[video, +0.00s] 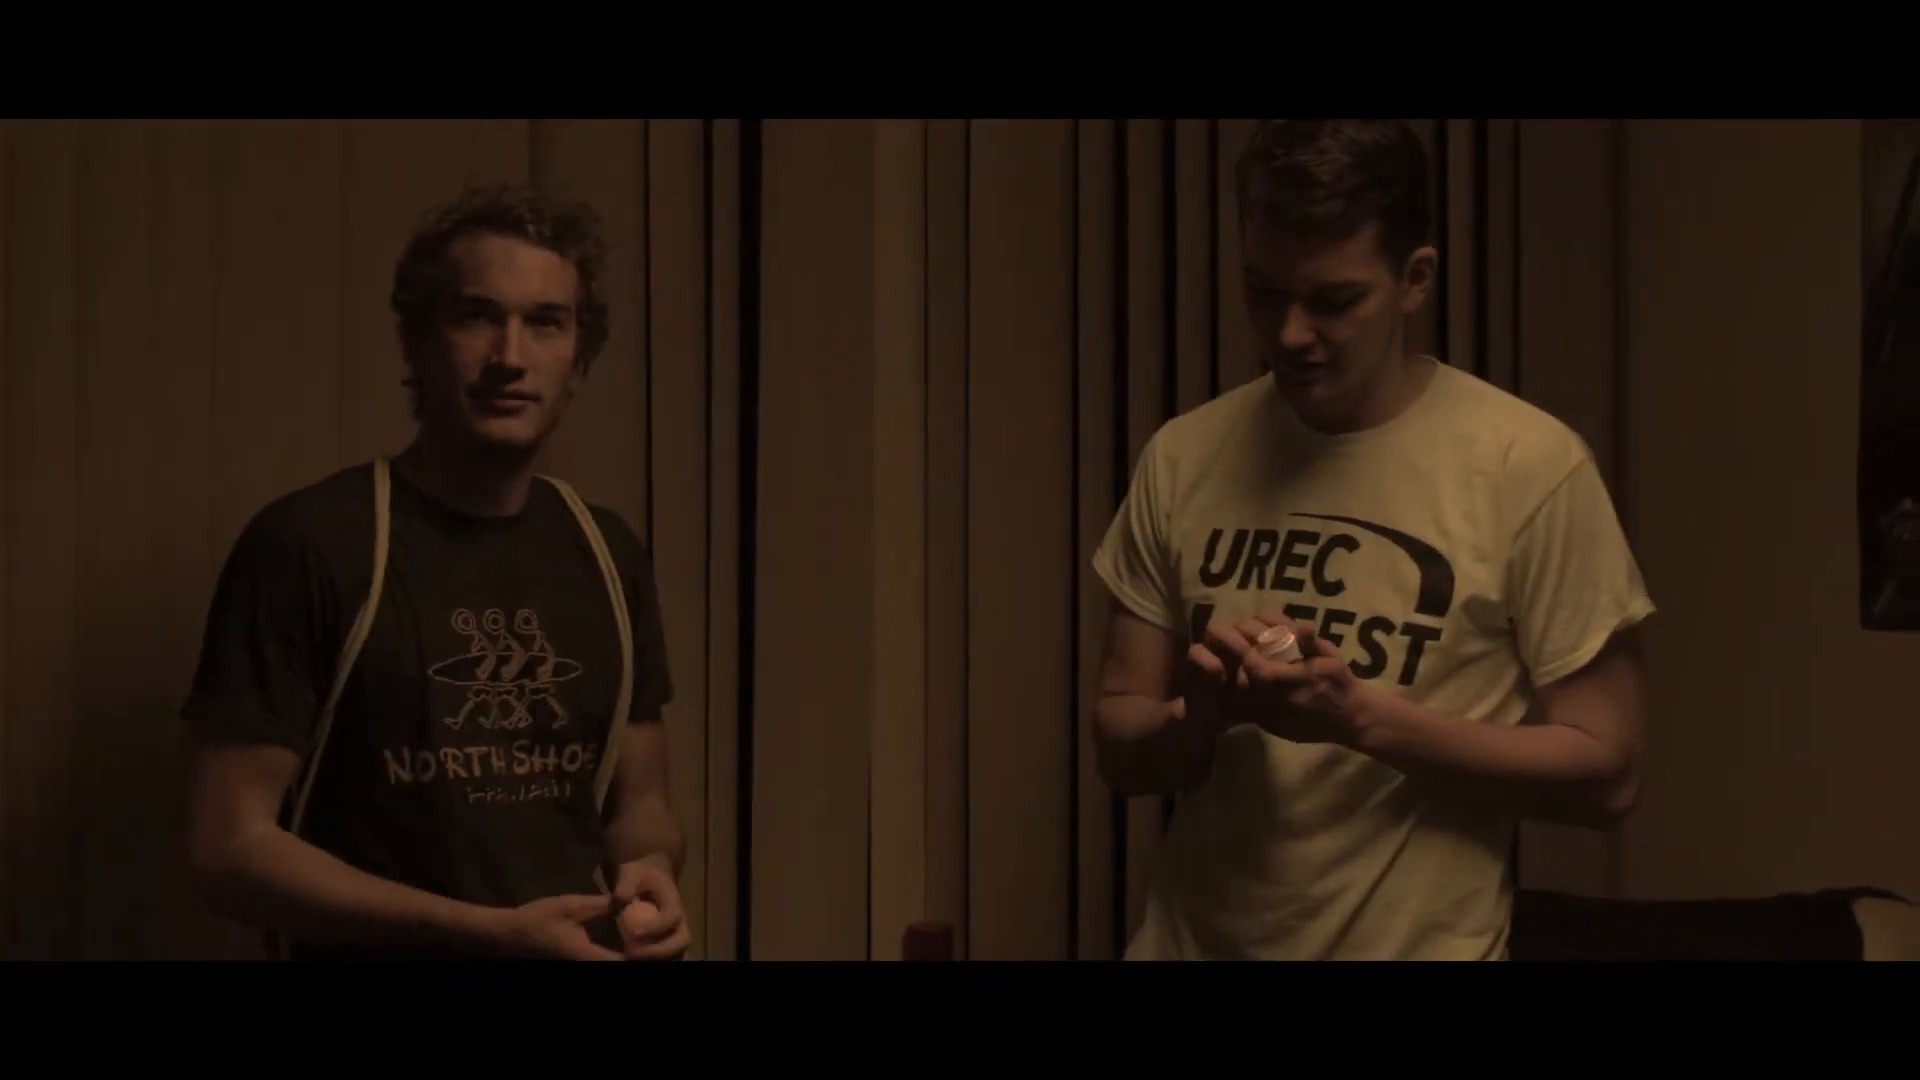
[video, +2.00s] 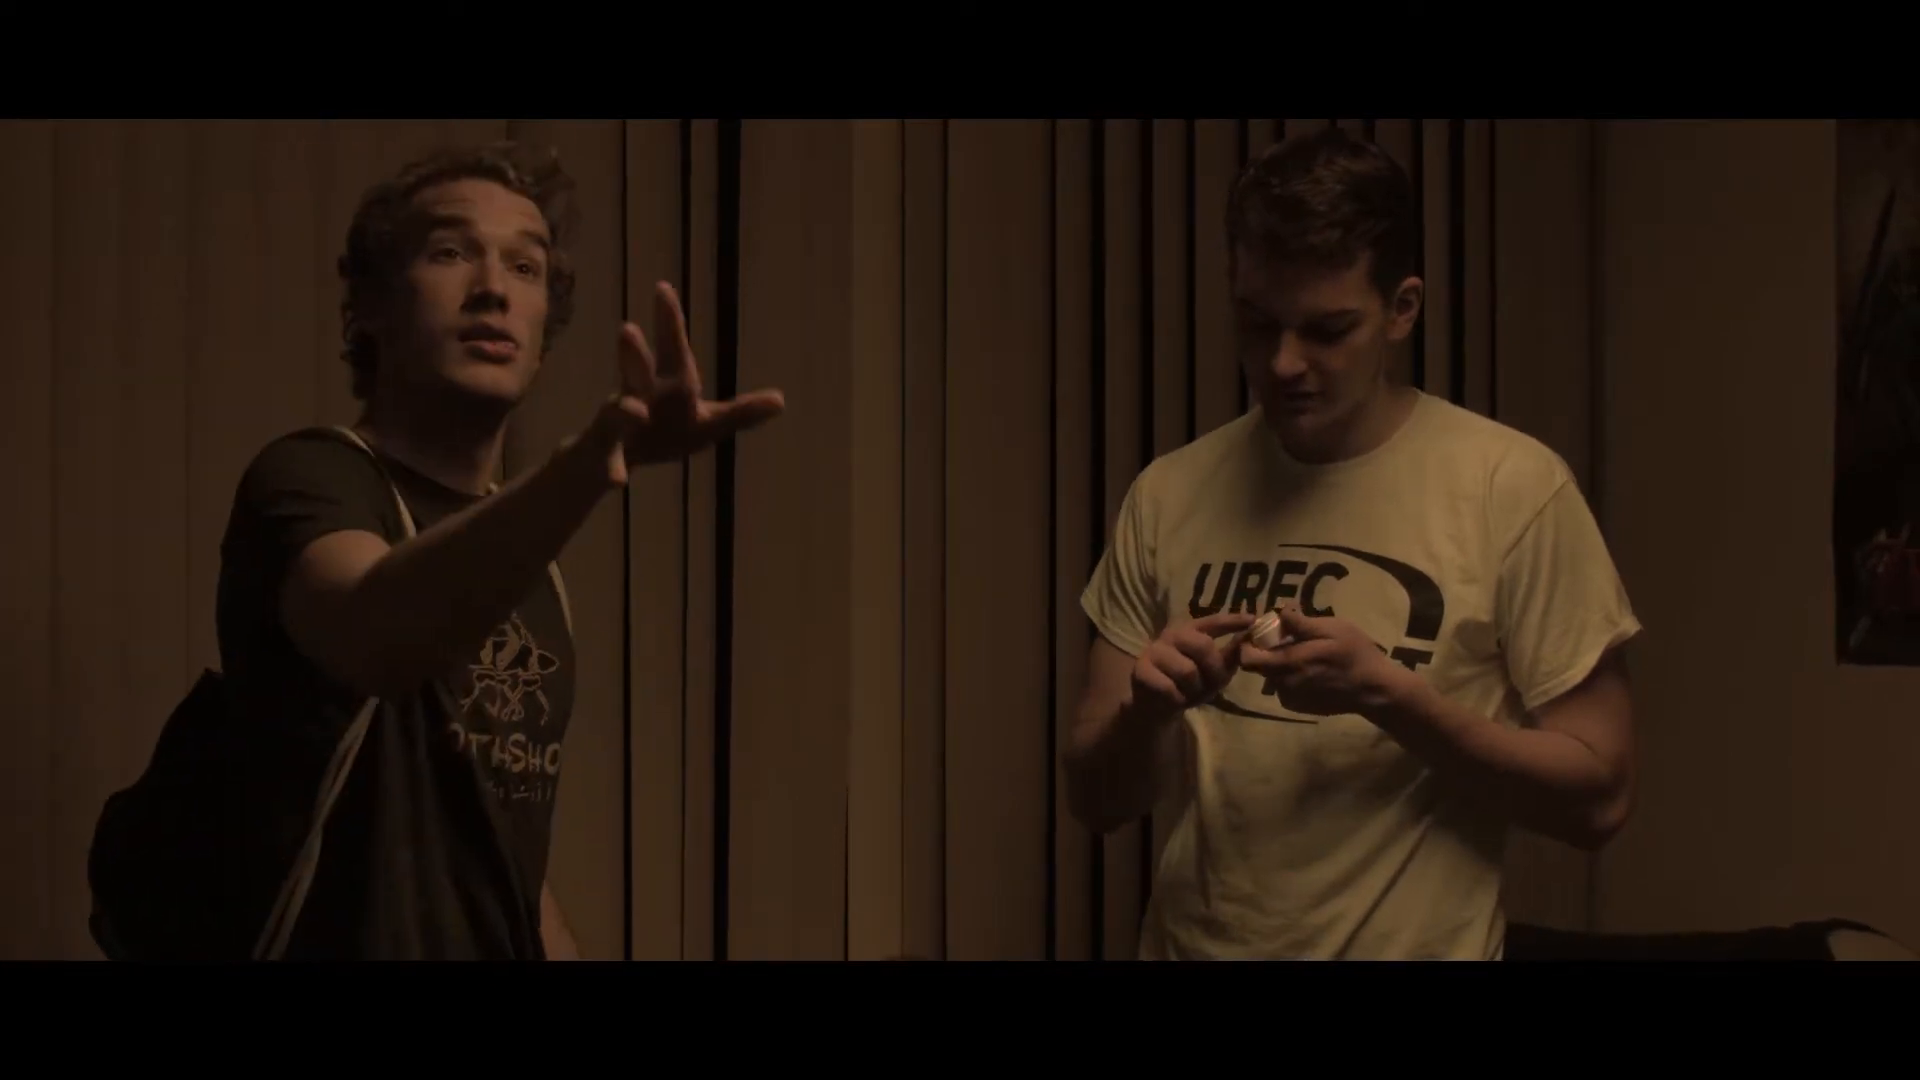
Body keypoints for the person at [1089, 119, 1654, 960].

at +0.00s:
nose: (1292, 334)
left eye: (1334, 300)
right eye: (1269, 296)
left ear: (1416, 280)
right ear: (1246, 277)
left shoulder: (1530, 469)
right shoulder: (1183, 459)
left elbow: (1606, 771)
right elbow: (1119, 740)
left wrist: (1360, 714)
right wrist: (1196, 718)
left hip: (1419, 943)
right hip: (1192, 939)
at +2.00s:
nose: (1287, 365)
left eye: (1328, 331)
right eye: (1260, 327)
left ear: (1403, 311)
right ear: (1237, 306)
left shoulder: (1515, 492)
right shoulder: (1167, 497)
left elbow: (1597, 797)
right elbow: (1091, 802)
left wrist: (1393, 693)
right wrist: (1144, 713)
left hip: (1417, 945)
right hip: (1194, 943)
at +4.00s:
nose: (1228, 310)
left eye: (1275, 272)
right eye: (1215, 275)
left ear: (1365, 287)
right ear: (1198, 283)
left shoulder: (1508, 489)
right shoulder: (1157, 478)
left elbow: (1593, 795)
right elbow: (1044, 757)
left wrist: (1383, 696)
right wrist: (1162, 536)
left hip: (1407, 946)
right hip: (1173, 942)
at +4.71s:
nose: (1236, 339)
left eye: (1281, 305)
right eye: (1220, 305)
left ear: (1371, 316)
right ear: (1201, 313)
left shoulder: (1509, 516)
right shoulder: (1157, 502)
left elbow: (1595, 821)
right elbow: (1042, 776)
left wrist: (1388, 723)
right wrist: (1167, 557)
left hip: (1410, 949)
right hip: (1174, 944)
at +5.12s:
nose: (1244, 342)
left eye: (1284, 306)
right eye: (1225, 308)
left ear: (1377, 313)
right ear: (1206, 315)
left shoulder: (1513, 514)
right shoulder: (1160, 500)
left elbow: (1596, 820)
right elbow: (1044, 774)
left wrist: (1392, 721)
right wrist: (1169, 555)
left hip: (1415, 950)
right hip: (1177, 945)